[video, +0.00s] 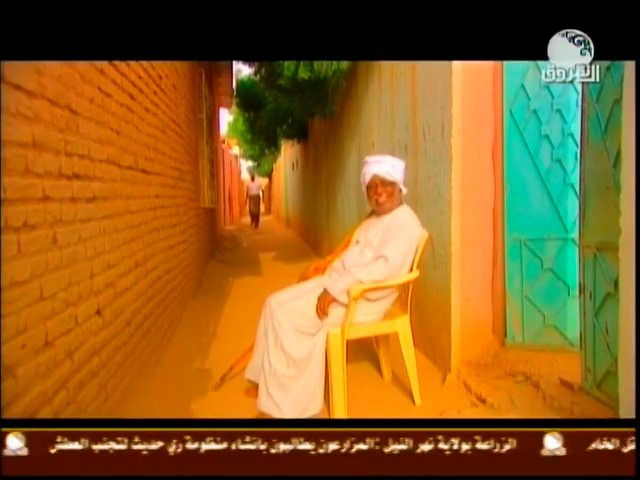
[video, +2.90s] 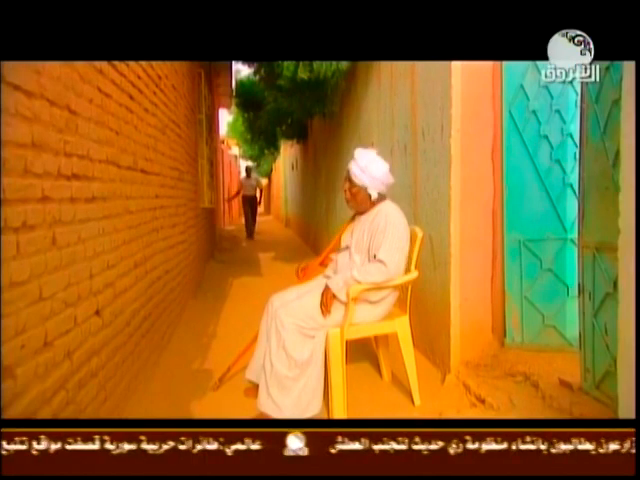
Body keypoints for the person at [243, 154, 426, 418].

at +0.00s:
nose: (379, 192)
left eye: (386, 185)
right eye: (373, 187)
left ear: (400, 190)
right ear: (367, 193)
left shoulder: (405, 223)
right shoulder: (378, 219)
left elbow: (386, 270)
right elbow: (351, 256)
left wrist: (335, 291)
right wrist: (323, 270)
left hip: (363, 300)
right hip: (340, 284)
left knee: (285, 316)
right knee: (275, 304)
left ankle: (289, 406)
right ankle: (265, 377)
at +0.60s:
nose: (352, 203)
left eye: (356, 194)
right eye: (345, 199)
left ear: (369, 190)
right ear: (341, 202)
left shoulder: (391, 217)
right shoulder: (358, 219)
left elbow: (389, 270)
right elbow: (342, 259)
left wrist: (339, 286)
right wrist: (328, 284)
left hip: (369, 300)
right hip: (342, 287)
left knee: (289, 315)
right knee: (278, 303)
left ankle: (289, 406)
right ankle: (269, 379)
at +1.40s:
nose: (321, 217)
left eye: (321, 209)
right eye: (316, 212)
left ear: (335, 198)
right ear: (322, 207)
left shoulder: (368, 217)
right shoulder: (341, 217)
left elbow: (383, 270)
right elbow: (338, 258)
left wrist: (335, 277)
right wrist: (327, 283)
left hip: (366, 297)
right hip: (339, 285)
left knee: (286, 317)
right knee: (275, 304)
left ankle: (289, 406)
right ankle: (266, 380)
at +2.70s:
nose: (339, 192)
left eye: (346, 186)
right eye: (339, 185)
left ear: (365, 190)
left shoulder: (386, 217)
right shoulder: (361, 215)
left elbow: (388, 271)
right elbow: (347, 256)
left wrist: (339, 286)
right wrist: (327, 277)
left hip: (368, 301)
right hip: (342, 288)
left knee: (288, 317)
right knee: (277, 304)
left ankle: (290, 406)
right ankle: (267, 379)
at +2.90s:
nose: (346, 194)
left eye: (351, 188)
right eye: (346, 187)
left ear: (369, 191)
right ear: (365, 191)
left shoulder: (391, 218)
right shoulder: (367, 215)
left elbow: (389, 270)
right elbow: (349, 254)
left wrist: (339, 285)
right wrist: (325, 271)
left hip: (368, 301)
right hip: (343, 288)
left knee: (289, 317)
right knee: (277, 304)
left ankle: (288, 406)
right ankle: (267, 379)